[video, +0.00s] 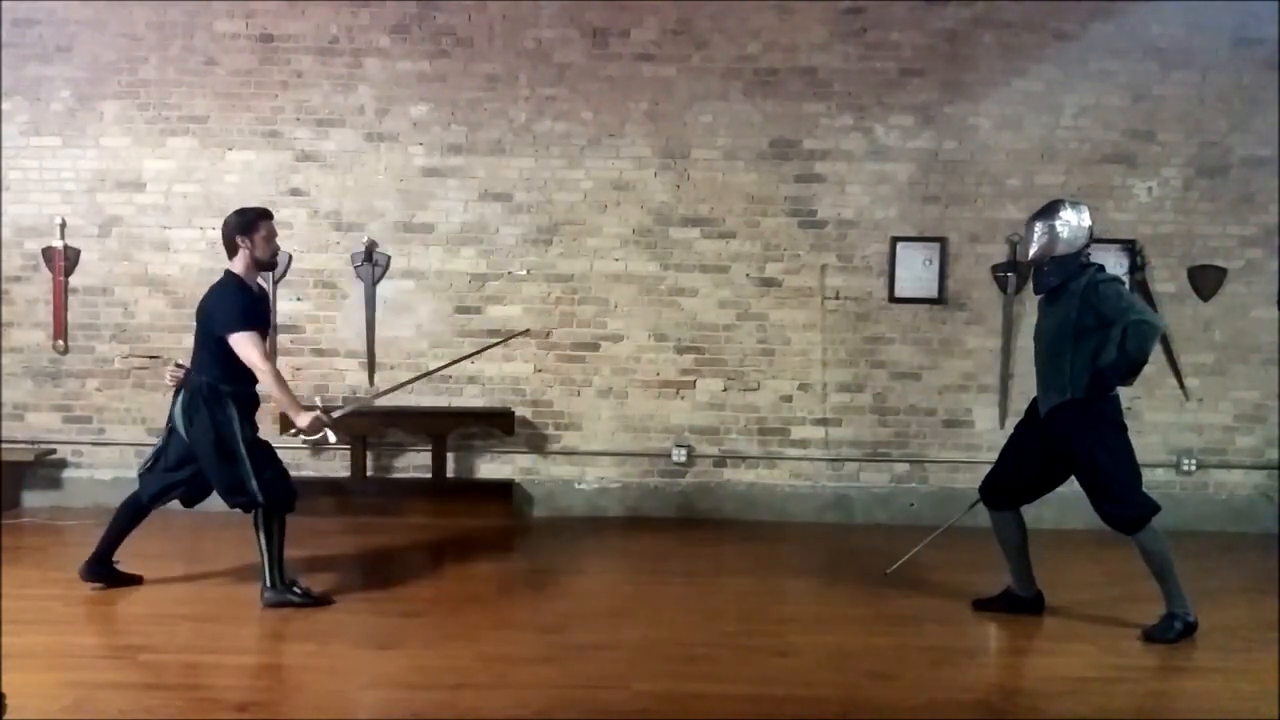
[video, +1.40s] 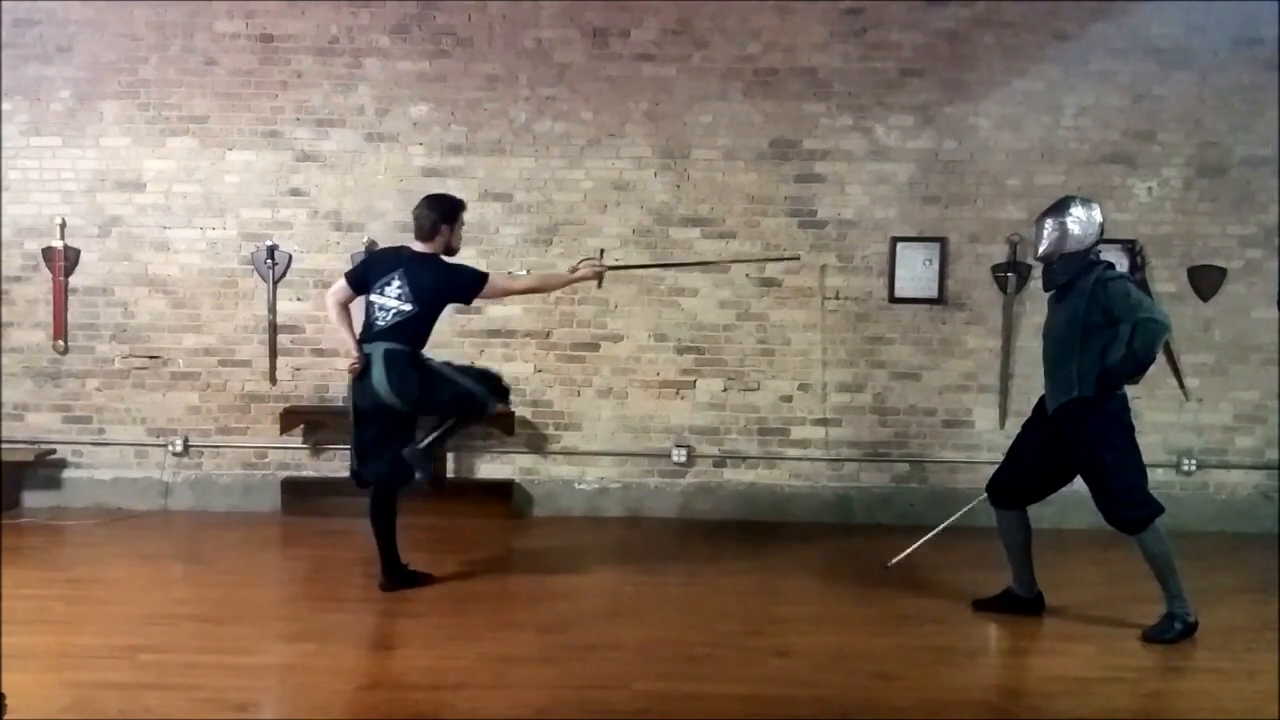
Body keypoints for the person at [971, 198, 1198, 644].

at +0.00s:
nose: (1033, 245)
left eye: (1040, 236)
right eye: (1033, 236)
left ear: (1063, 238)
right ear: (1060, 239)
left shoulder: (1094, 284)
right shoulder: (1056, 286)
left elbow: (1144, 324)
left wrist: (1109, 376)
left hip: (1092, 416)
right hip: (1050, 413)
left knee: (1130, 511)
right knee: (998, 493)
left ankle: (1180, 612)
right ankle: (1023, 591)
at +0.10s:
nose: (1034, 247)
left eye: (1041, 236)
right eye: (1033, 237)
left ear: (1065, 238)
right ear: (1060, 239)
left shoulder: (1095, 284)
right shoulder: (1057, 287)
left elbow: (1145, 323)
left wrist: (1112, 374)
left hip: (1092, 416)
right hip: (1050, 414)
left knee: (1131, 511)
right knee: (998, 493)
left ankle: (1180, 612)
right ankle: (1023, 591)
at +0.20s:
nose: (1034, 245)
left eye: (1041, 235)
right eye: (1034, 235)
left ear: (1064, 237)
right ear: (1063, 238)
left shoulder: (1095, 283)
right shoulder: (1057, 287)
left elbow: (1145, 324)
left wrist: (1112, 375)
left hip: (1093, 416)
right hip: (1051, 414)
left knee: (1131, 511)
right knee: (999, 493)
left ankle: (1180, 611)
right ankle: (1023, 591)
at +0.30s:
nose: (1035, 245)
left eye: (1042, 235)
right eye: (1035, 235)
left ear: (1065, 237)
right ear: (1063, 238)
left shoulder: (1096, 283)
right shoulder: (1056, 287)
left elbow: (1145, 324)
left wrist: (1111, 375)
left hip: (1093, 416)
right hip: (1051, 415)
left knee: (1131, 511)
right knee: (999, 493)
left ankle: (1180, 611)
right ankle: (1023, 591)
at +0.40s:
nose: (1036, 245)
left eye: (1044, 235)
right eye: (1036, 236)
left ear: (1067, 237)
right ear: (1063, 238)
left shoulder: (1097, 283)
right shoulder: (1057, 286)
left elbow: (1146, 324)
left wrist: (1112, 375)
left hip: (1093, 416)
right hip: (1051, 414)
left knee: (1131, 511)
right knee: (999, 493)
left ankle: (1180, 612)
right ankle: (1023, 591)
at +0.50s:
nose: (1037, 246)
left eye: (1044, 235)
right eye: (1036, 236)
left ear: (1066, 236)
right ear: (1065, 237)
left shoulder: (1097, 283)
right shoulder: (1057, 287)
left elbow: (1147, 324)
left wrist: (1114, 374)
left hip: (1094, 416)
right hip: (1052, 414)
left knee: (1131, 511)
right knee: (1000, 493)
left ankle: (1180, 612)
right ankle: (1023, 591)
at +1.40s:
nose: (1044, 244)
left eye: (1052, 233)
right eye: (1043, 233)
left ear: (1077, 235)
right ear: (1061, 235)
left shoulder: (1104, 282)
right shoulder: (1066, 285)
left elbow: (1153, 322)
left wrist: (1117, 375)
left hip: (1100, 415)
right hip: (1058, 413)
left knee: (1134, 510)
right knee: (1004, 493)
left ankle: (1180, 612)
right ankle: (1023, 592)